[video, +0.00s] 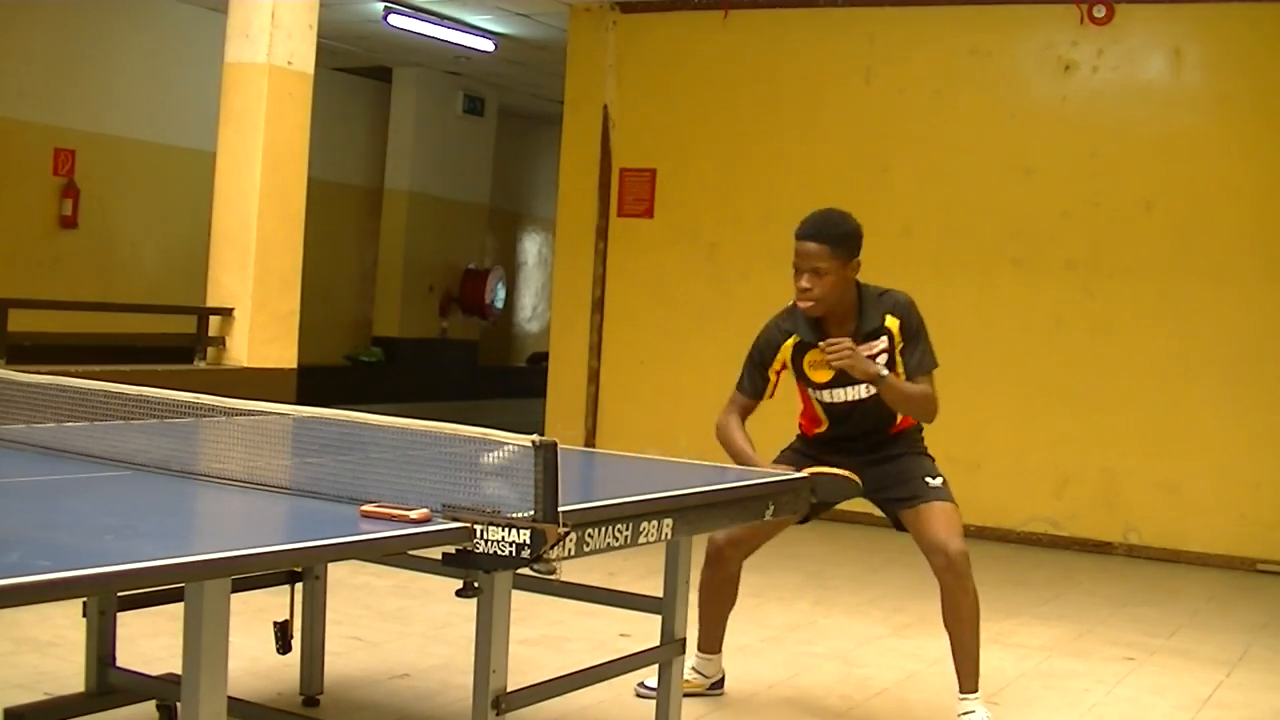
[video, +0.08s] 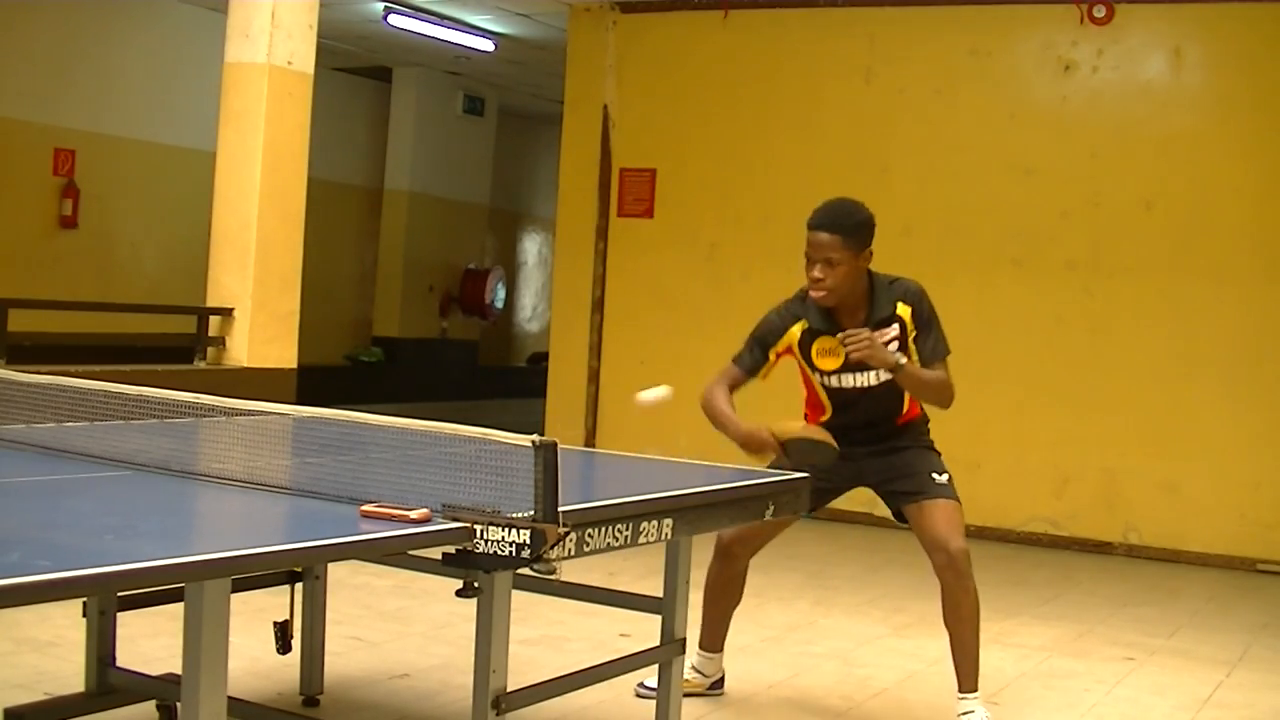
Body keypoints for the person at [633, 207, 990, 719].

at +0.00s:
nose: (802, 286)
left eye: (815, 274)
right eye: (797, 272)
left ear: (852, 270)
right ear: (791, 267)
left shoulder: (895, 312)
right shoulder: (784, 332)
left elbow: (925, 407)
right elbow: (729, 420)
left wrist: (873, 373)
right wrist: (758, 468)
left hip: (896, 448)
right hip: (820, 450)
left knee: (952, 554)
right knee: (724, 545)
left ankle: (970, 701)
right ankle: (706, 670)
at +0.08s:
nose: (815, 275)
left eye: (829, 264)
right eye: (810, 262)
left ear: (864, 261)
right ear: (804, 256)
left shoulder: (906, 302)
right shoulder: (791, 317)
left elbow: (944, 394)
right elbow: (714, 392)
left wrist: (892, 364)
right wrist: (739, 430)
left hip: (903, 447)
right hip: (827, 447)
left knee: (953, 553)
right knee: (732, 542)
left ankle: (970, 700)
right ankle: (705, 668)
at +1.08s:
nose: (615, 248)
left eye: (621, 234)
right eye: (612, 236)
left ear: (656, 224)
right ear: (653, 229)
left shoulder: (705, 262)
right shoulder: (672, 287)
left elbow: (713, 351)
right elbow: (683, 372)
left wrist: (624, 348)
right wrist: (612, 377)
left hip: (774, 428)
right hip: (718, 427)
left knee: (788, 567)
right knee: (631, 507)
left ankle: (874, 697)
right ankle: (627, 648)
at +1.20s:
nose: (655, 226)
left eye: (661, 212)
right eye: (651, 214)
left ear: (698, 200)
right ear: (686, 206)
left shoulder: (762, 249)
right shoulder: (685, 266)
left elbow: (761, 332)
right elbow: (619, 325)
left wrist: (679, 298)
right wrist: (573, 268)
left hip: (784, 425)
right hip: (718, 419)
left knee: (815, 556)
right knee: (624, 501)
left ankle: (882, 697)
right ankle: (624, 643)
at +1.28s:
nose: (683, 218)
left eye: (694, 205)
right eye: (680, 206)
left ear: (734, 202)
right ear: (683, 207)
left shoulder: (788, 261)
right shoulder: (692, 262)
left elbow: (796, 340)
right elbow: (610, 293)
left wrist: (725, 284)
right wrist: (627, 224)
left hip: (786, 431)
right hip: (712, 426)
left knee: (838, 553)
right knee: (617, 510)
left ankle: (890, 694)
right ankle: (620, 647)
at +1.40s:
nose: (734, 220)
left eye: (744, 209)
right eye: (729, 209)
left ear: (782, 205)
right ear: (725, 210)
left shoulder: (823, 279)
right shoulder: (718, 270)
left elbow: (838, 364)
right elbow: (662, 324)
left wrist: (786, 294)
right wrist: (699, 252)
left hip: (802, 442)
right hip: (723, 437)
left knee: (871, 549)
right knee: (636, 536)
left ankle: (900, 696)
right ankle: (621, 657)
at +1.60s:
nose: (779, 202)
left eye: (793, 191)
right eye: (775, 190)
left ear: (831, 193)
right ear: (773, 192)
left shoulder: (878, 256)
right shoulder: (765, 267)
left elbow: (904, 351)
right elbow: (740, 373)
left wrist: (841, 302)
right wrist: (731, 340)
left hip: (873, 422)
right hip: (797, 421)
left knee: (915, 543)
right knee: (714, 524)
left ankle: (937, 688)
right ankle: (697, 664)